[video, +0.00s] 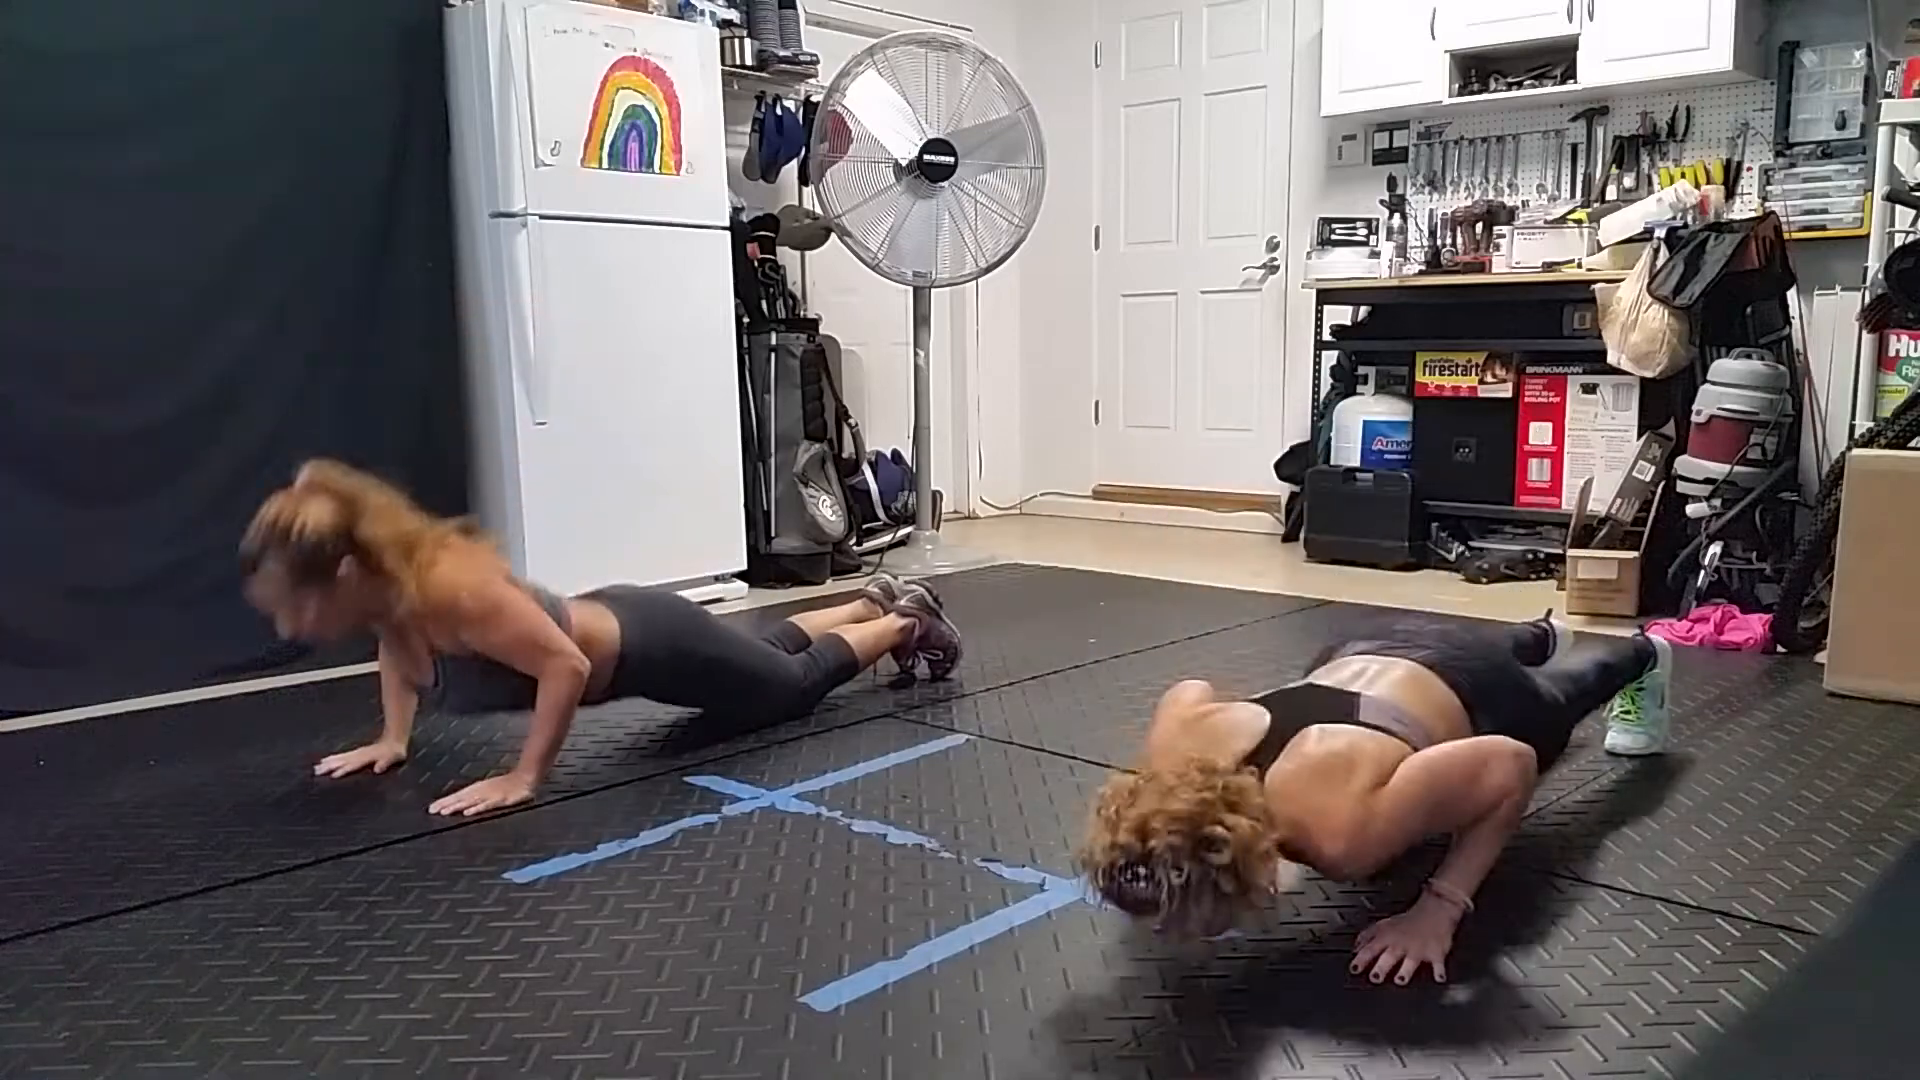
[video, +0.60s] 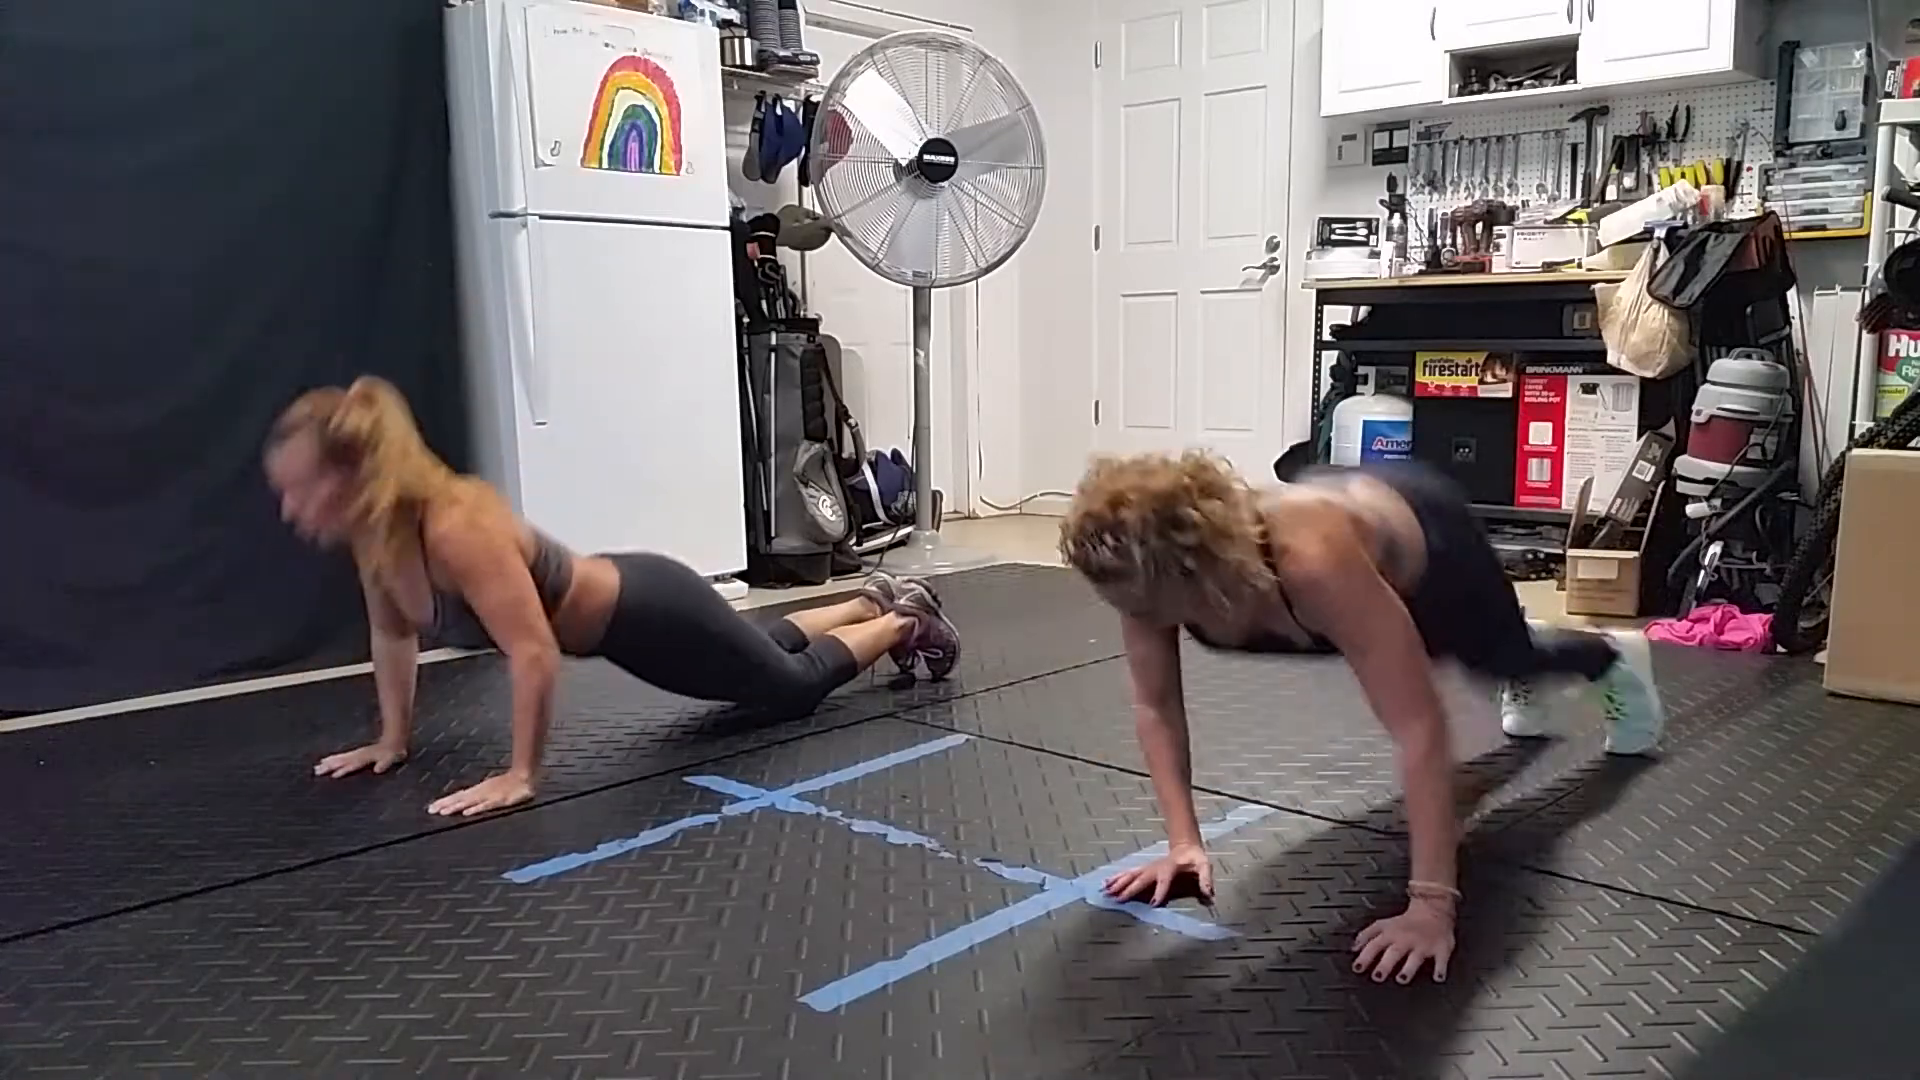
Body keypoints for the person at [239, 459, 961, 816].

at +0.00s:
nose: (289, 633)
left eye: (288, 615)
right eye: (278, 620)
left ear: (337, 577)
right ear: (329, 573)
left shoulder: (453, 591)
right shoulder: (391, 588)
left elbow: (565, 667)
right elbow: (397, 659)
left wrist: (521, 777)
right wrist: (391, 742)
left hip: (655, 644)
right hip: (611, 620)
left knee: (799, 678)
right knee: (757, 644)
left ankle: (907, 621)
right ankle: (871, 603)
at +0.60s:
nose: (286, 509)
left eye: (293, 490)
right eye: (281, 494)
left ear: (348, 475)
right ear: (334, 478)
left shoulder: (455, 526)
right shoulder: (381, 532)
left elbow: (534, 653)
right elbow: (393, 635)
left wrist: (519, 773)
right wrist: (391, 741)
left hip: (655, 613)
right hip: (624, 603)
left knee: (798, 682)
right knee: (763, 644)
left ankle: (902, 624)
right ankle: (873, 604)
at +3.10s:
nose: (454, 395)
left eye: (475, 382)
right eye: (455, 378)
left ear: (537, 400)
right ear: (463, 389)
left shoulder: (574, 500)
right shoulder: (462, 436)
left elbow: (549, 649)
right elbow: (336, 386)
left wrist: (525, 779)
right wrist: (206, 317)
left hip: (731, 592)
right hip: (685, 572)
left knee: (824, 686)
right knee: (784, 639)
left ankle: (926, 626)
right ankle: (881, 600)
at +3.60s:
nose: (408, 421)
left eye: (430, 409)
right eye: (405, 407)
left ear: (491, 425)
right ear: (409, 422)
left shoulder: (540, 512)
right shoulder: (433, 508)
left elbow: (556, 659)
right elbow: (420, 630)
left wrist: (526, 778)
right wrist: (395, 742)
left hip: (713, 602)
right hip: (673, 583)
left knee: (816, 684)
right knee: (778, 645)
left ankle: (921, 613)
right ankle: (878, 597)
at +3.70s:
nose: (376, 451)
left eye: (394, 435)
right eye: (375, 434)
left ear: (462, 444)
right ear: (428, 448)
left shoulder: (521, 521)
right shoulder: (419, 522)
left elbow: (561, 664)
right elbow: (417, 632)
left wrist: (525, 778)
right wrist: (396, 742)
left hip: (700, 612)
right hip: (660, 597)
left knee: (824, 675)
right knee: (779, 642)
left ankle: (924, 611)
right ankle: (885, 598)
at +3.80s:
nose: (353, 501)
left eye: (365, 484)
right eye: (350, 484)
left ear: (429, 471)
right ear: (406, 475)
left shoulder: (504, 536)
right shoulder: (411, 531)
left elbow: (570, 665)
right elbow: (413, 635)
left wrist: (526, 777)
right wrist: (397, 741)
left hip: (688, 623)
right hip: (650, 607)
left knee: (817, 679)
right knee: (778, 644)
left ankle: (923, 612)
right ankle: (876, 599)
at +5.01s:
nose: (349, 482)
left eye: (355, 466)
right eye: (339, 469)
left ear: (398, 435)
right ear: (347, 456)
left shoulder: (483, 472)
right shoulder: (406, 507)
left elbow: (352, 468)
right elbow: (404, 622)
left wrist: (244, 480)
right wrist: (395, 741)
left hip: (690, 579)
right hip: (652, 586)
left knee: (821, 676)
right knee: (785, 639)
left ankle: (928, 622)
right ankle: (884, 598)